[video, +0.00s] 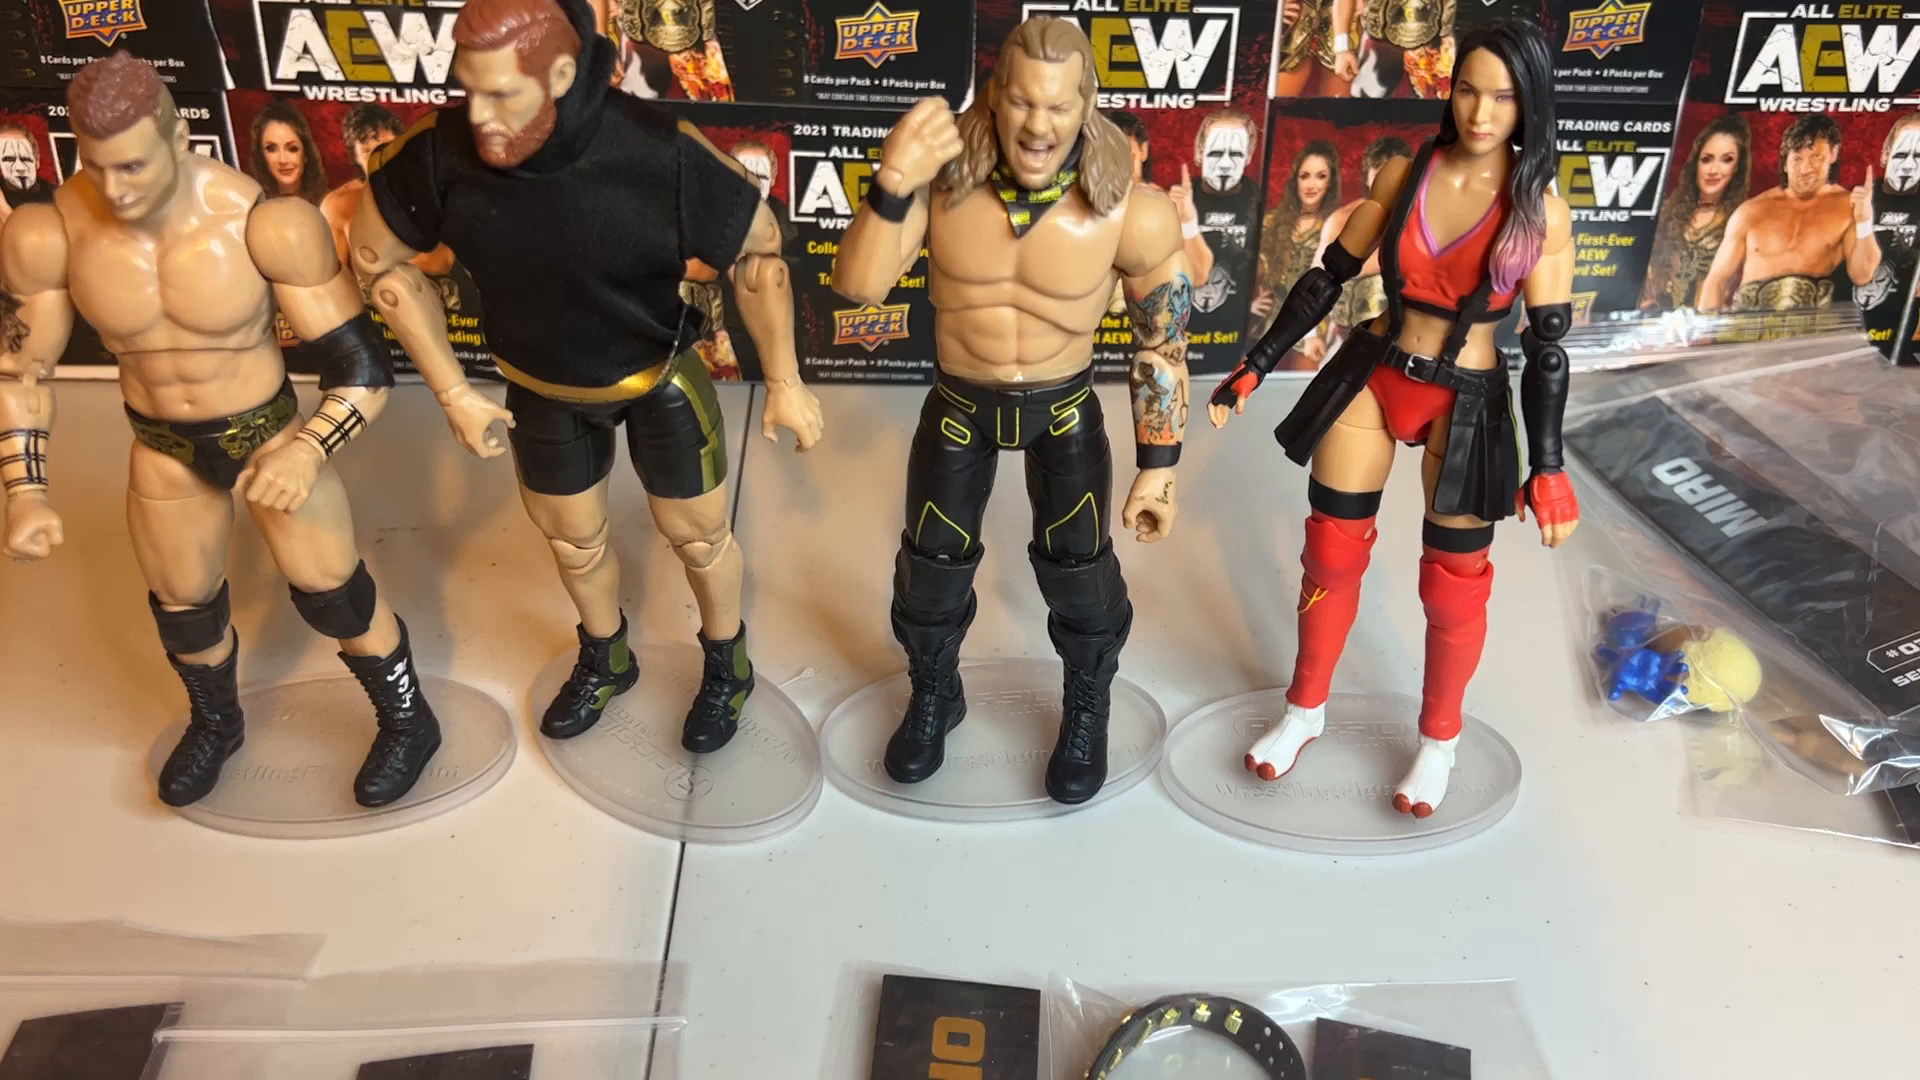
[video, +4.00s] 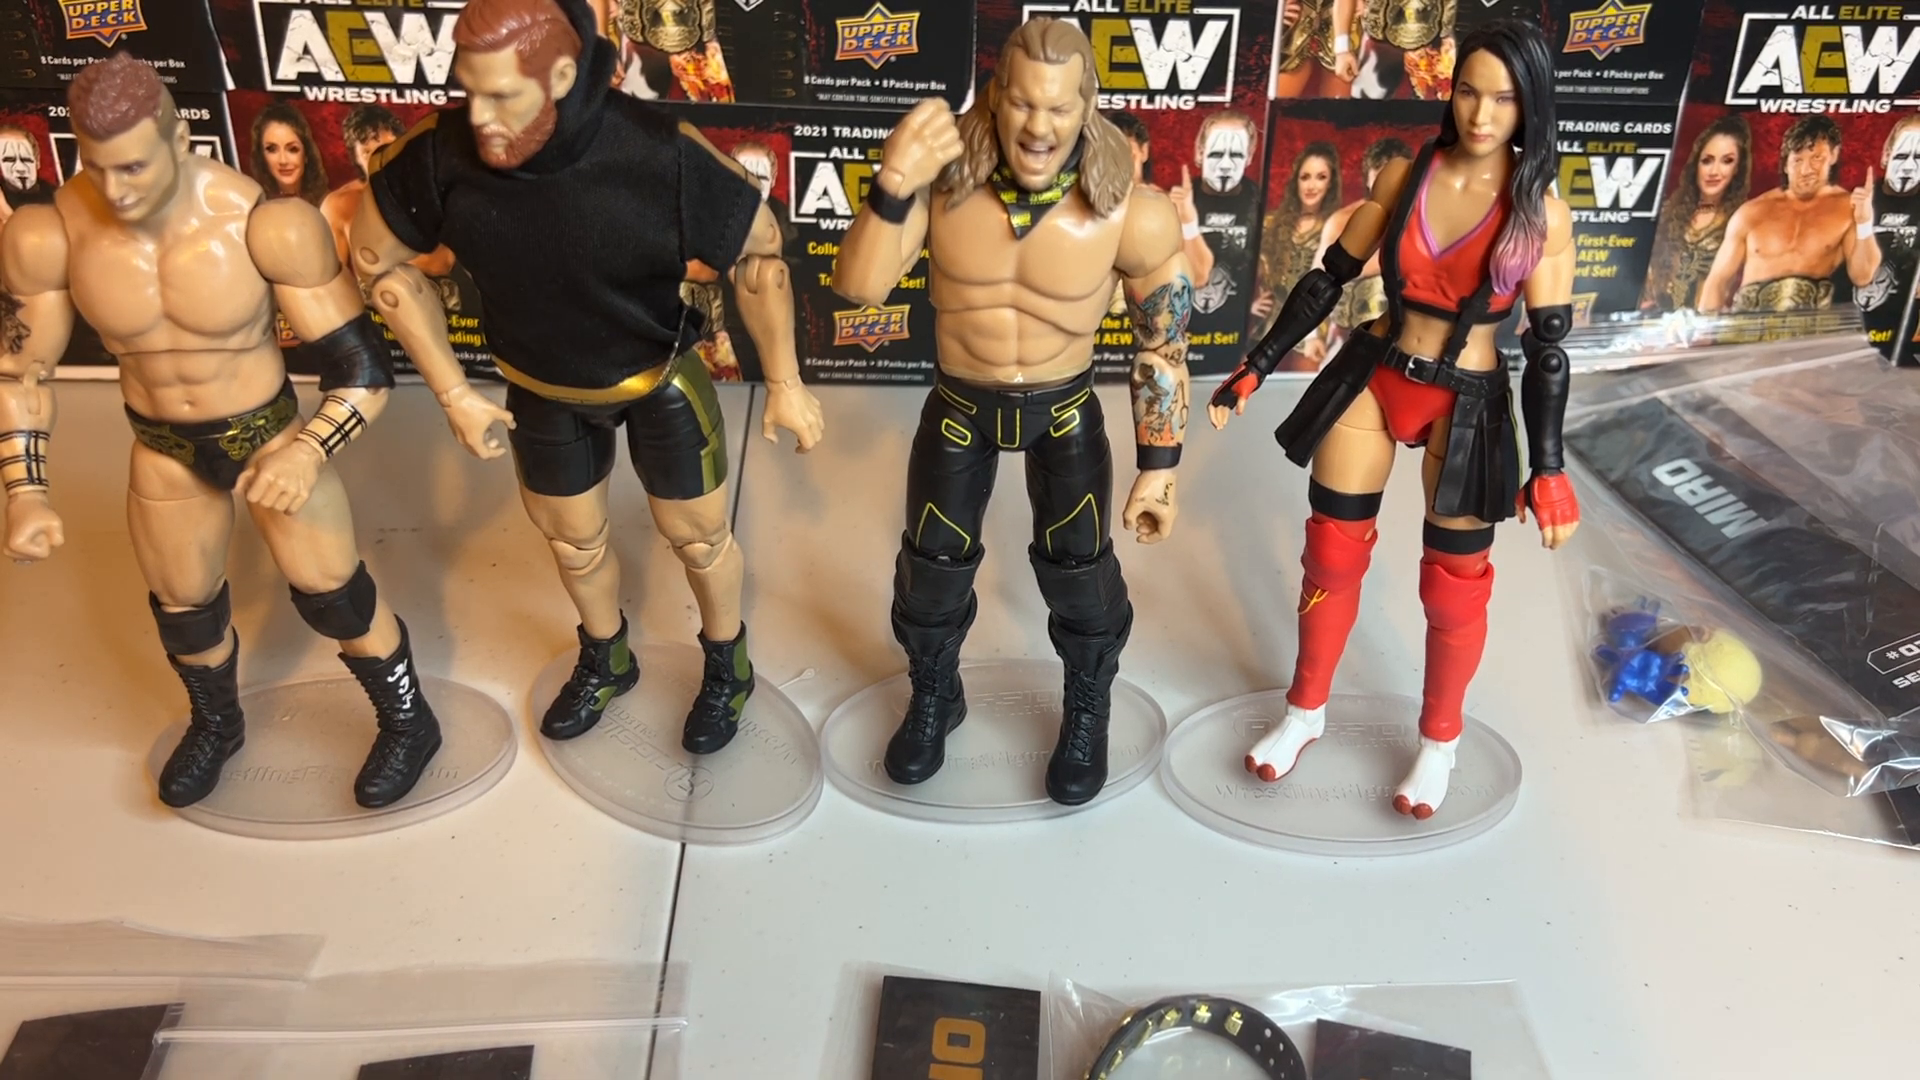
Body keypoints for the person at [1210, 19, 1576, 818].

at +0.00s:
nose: (1479, 112)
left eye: (1500, 98)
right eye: (1468, 92)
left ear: (1529, 108)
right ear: (1450, 92)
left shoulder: (1539, 207)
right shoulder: (1405, 173)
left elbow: (1548, 343)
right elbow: (1332, 272)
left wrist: (1548, 464)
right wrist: (1255, 362)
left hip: (1466, 403)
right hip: (1372, 381)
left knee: (1453, 588)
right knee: (1331, 558)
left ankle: (1437, 740)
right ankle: (1304, 708)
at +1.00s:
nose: (1479, 113)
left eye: (1500, 98)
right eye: (1468, 93)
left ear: (1528, 108)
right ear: (1450, 93)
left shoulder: (1540, 208)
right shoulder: (1406, 175)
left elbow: (1548, 343)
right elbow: (1332, 273)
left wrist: (1548, 465)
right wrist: (1255, 364)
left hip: (1466, 403)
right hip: (1371, 382)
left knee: (1453, 589)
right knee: (1331, 559)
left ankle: (1437, 742)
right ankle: (1304, 709)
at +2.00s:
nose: (1479, 113)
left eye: (1500, 99)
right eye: (1469, 93)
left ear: (1528, 108)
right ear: (1450, 94)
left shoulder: (1539, 210)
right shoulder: (1405, 175)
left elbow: (1549, 345)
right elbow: (1332, 274)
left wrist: (1548, 465)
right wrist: (1256, 364)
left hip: (1467, 404)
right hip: (1372, 381)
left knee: (1453, 589)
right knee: (1331, 558)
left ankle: (1437, 741)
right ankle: (1304, 709)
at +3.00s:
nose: (1479, 113)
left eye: (1500, 98)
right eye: (1469, 93)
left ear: (1528, 108)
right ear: (1450, 93)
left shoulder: (1540, 208)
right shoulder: (1406, 174)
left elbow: (1548, 343)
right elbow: (1332, 273)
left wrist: (1548, 464)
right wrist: (1256, 363)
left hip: (1466, 404)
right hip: (1371, 383)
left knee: (1454, 590)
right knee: (1331, 559)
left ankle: (1438, 741)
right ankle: (1304, 710)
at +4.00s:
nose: (1479, 113)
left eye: (1501, 99)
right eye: (1469, 93)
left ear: (1528, 108)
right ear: (1450, 93)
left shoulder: (1540, 209)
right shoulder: (1407, 174)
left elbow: (1549, 344)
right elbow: (1333, 273)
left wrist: (1549, 465)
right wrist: (1257, 363)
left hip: (1466, 405)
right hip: (1371, 382)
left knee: (1454, 590)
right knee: (1331, 560)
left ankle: (1437, 742)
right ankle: (1304, 710)